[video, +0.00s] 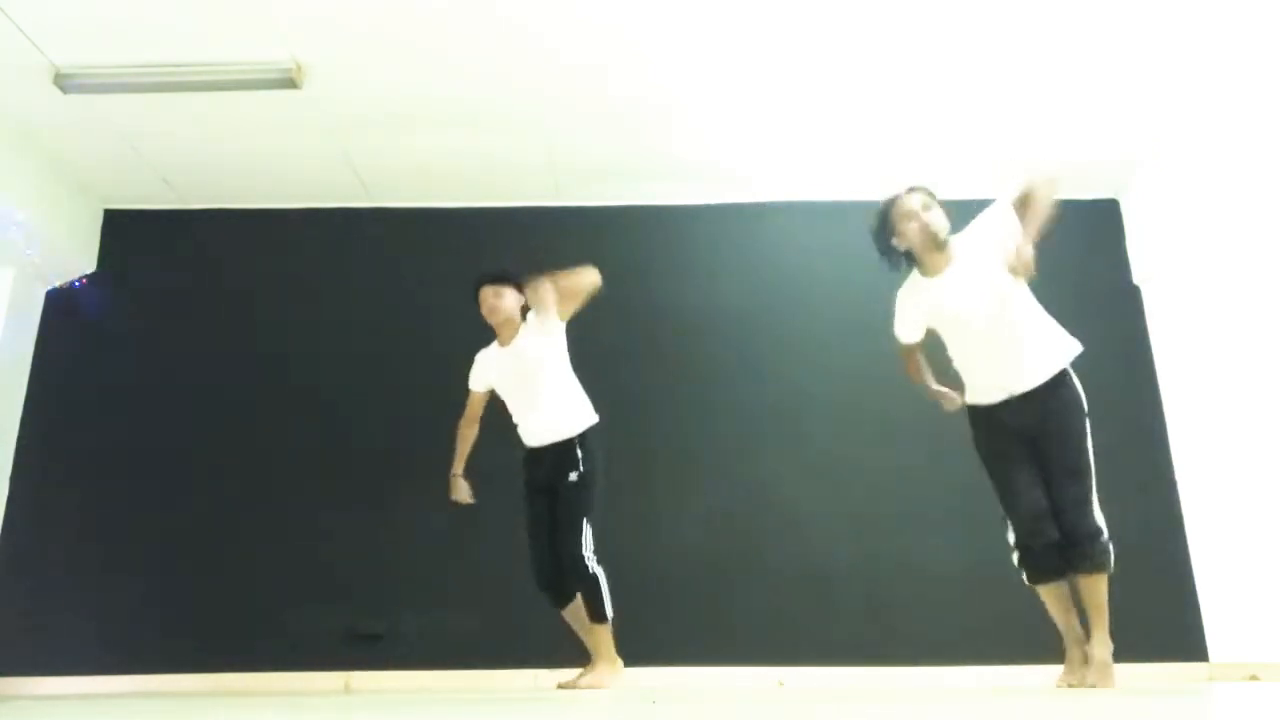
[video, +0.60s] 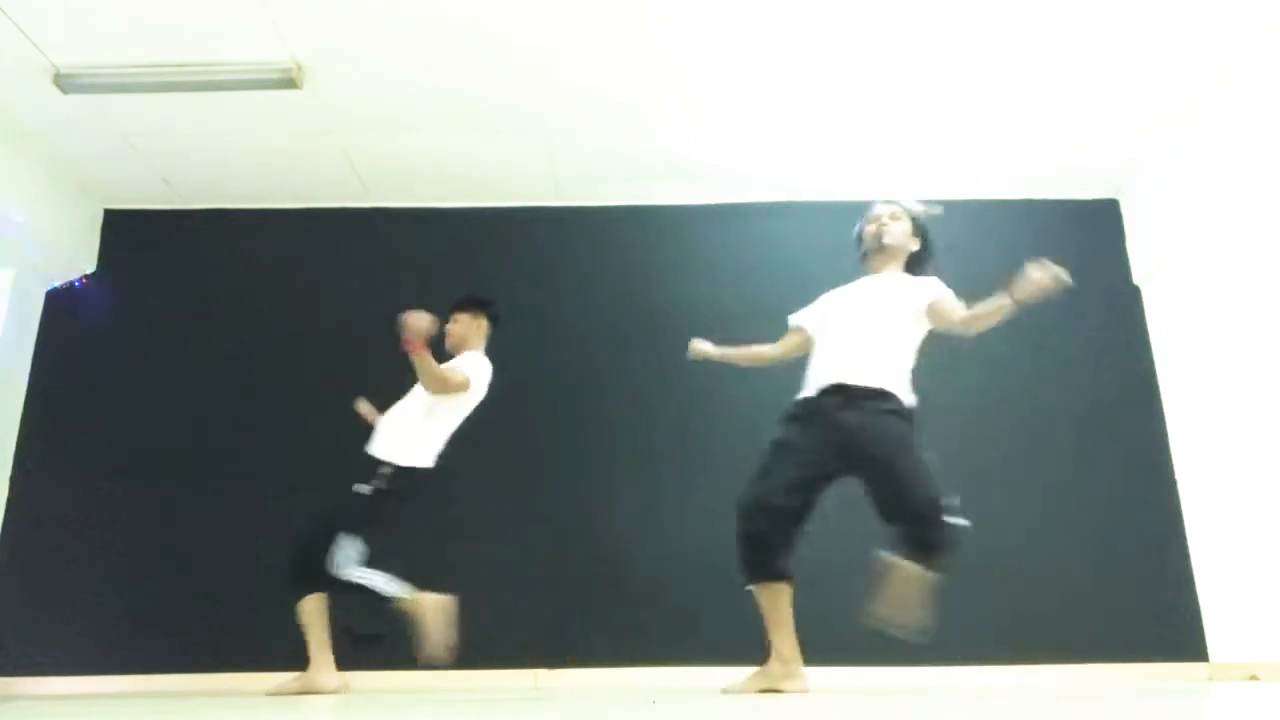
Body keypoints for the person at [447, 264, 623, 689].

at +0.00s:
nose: (490, 305)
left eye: (497, 297)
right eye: (484, 301)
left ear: (519, 298)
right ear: (481, 312)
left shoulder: (546, 321)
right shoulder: (486, 362)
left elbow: (591, 279)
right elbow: (471, 418)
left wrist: (548, 283)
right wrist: (457, 472)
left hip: (576, 446)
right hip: (537, 457)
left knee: (576, 552)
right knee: (547, 567)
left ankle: (608, 659)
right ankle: (600, 657)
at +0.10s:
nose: (480, 327)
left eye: (489, 317)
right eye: (477, 319)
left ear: (512, 320)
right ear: (475, 328)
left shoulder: (541, 345)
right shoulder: (485, 380)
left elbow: (600, 340)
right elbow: (484, 428)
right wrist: (485, 474)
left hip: (575, 465)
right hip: (540, 476)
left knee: (569, 565)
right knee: (509, 567)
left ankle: (609, 666)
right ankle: (577, 640)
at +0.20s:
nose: (476, 337)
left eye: (485, 328)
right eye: (474, 330)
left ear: (509, 332)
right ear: (474, 338)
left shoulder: (537, 370)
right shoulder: (485, 393)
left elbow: (578, 419)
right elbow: (497, 448)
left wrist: (531, 472)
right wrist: (500, 474)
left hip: (568, 481)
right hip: (531, 488)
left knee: (551, 576)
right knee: (470, 550)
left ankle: (607, 669)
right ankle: (519, 644)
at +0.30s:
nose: (472, 329)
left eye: (481, 321)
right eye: (472, 322)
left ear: (506, 327)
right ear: (476, 331)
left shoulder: (522, 371)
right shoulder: (480, 386)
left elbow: (495, 439)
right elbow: (476, 444)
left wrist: (434, 465)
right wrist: (448, 433)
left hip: (545, 489)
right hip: (514, 492)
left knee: (541, 586)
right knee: (441, 550)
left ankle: (605, 668)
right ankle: (409, 657)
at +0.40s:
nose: (467, 318)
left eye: (476, 310)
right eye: (467, 311)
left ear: (500, 316)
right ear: (475, 319)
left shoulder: (503, 357)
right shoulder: (470, 367)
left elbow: (445, 399)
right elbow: (424, 415)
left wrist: (381, 394)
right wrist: (372, 392)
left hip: (500, 486)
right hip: (469, 486)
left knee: (517, 585)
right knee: (394, 562)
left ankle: (600, 656)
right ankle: (341, 666)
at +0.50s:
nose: (459, 318)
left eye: (468, 311)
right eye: (460, 311)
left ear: (491, 317)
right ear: (467, 318)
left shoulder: (488, 357)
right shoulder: (455, 367)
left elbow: (430, 378)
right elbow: (399, 411)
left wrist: (379, 343)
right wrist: (347, 387)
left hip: (447, 476)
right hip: (415, 474)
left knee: (443, 580)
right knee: (342, 556)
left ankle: (536, 623)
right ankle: (327, 669)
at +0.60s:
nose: (451, 328)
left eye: (461, 322)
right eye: (452, 322)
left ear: (482, 329)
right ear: (453, 329)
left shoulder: (477, 366)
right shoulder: (450, 369)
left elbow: (439, 384)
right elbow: (418, 427)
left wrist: (417, 346)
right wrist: (379, 420)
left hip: (400, 475)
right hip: (377, 472)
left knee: (344, 562)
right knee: (307, 558)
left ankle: (427, 605)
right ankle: (321, 669)